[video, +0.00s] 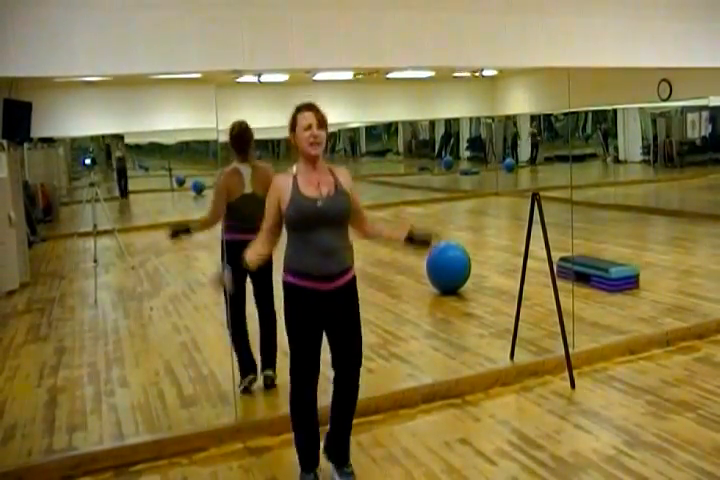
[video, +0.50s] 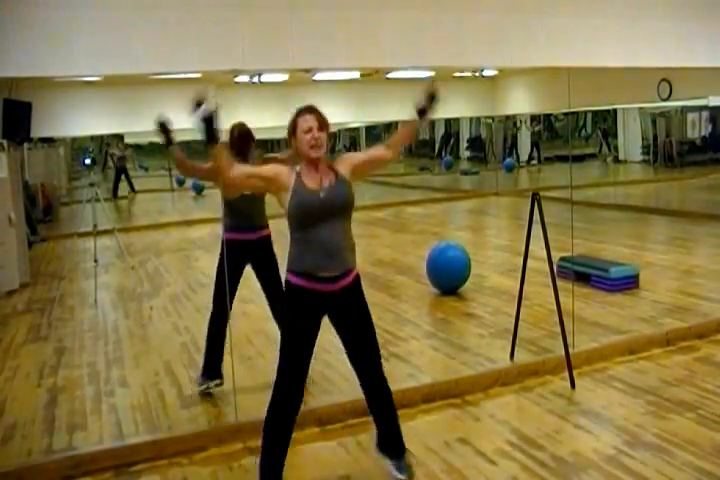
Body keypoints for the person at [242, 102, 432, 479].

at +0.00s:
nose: (315, 134)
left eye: (319, 127)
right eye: (307, 129)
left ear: (327, 133)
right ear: (293, 136)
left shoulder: (341, 176)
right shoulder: (282, 183)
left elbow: (363, 226)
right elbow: (266, 235)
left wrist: (403, 235)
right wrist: (251, 258)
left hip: (342, 286)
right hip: (300, 288)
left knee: (349, 370)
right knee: (304, 375)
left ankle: (338, 453)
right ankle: (307, 465)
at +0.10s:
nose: (315, 125)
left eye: (320, 119)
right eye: (307, 120)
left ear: (328, 125)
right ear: (293, 128)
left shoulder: (343, 165)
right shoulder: (280, 171)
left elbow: (387, 186)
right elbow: (240, 211)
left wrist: (407, 169)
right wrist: (215, 188)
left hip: (342, 275)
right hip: (299, 278)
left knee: (361, 360)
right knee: (295, 369)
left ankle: (360, 442)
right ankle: (288, 459)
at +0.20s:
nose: (314, 142)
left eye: (319, 135)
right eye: (306, 136)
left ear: (328, 139)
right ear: (293, 144)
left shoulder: (343, 173)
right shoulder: (281, 182)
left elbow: (390, 150)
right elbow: (228, 178)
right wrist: (232, 124)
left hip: (344, 290)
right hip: (300, 293)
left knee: (375, 373)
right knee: (284, 386)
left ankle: (389, 445)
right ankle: (266, 472)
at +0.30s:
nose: (316, 170)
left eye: (321, 164)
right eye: (308, 165)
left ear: (328, 170)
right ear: (296, 173)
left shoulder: (341, 200)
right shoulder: (288, 210)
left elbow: (371, 152)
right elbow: (249, 163)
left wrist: (346, 110)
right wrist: (275, 119)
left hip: (349, 326)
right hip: (302, 329)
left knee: (387, 397)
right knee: (275, 412)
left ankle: (408, 465)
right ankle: (258, 476)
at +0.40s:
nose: (316, 162)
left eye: (321, 156)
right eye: (308, 157)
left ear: (328, 161)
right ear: (297, 165)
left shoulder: (342, 191)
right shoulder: (289, 200)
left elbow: (375, 147)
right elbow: (246, 160)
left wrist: (362, 98)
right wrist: (263, 112)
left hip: (349, 316)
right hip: (303, 320)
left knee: (385, 392)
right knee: (279, 409)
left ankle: (406, 460)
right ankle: (260, 476)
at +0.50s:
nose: (315, 136)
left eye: (320, 129)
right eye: (307, 131)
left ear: (328, 136)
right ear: (294, 139)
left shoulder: (344, 168)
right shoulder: (282, 175)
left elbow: (391, 149)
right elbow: (229, 174)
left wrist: (420, 113)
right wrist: (214, 132)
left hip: (347, 287)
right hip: (303, 291)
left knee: (372, 374)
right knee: (289, 386)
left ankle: (395, 451)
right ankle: (269, 473)